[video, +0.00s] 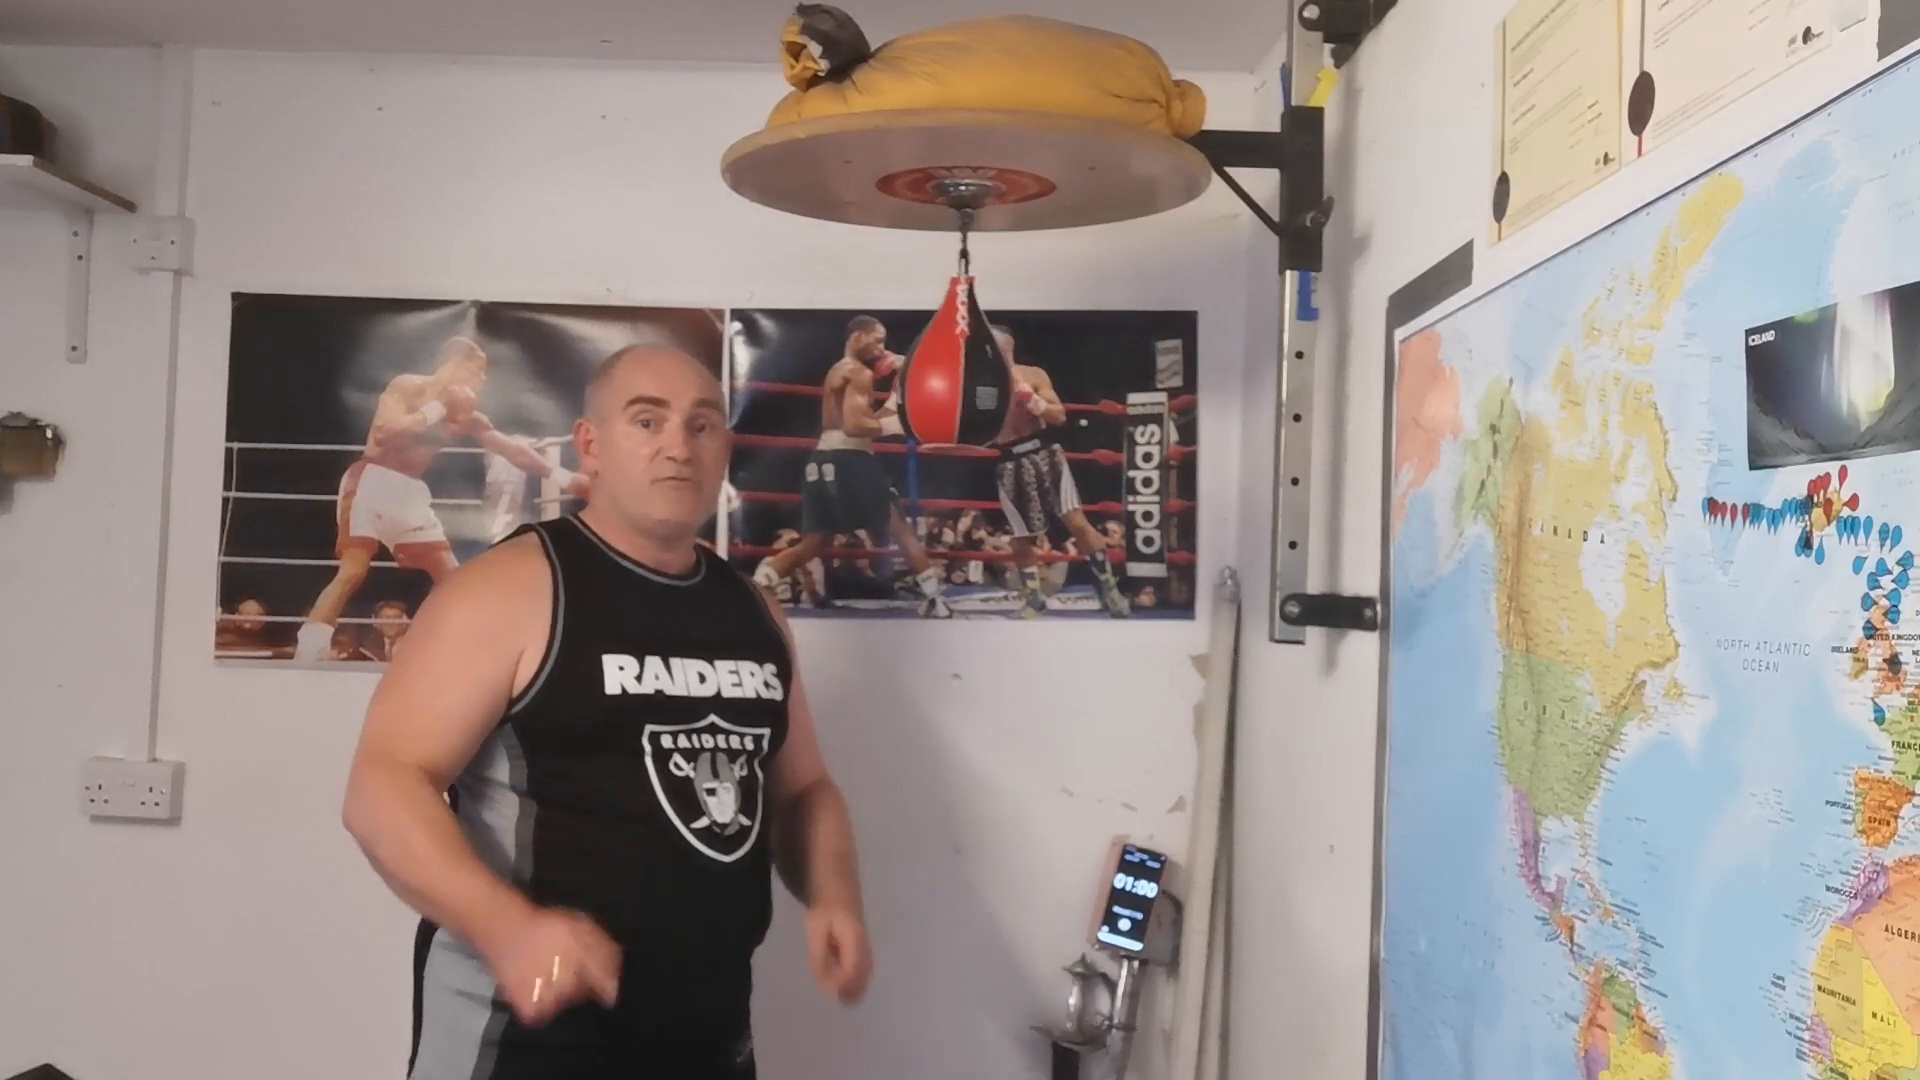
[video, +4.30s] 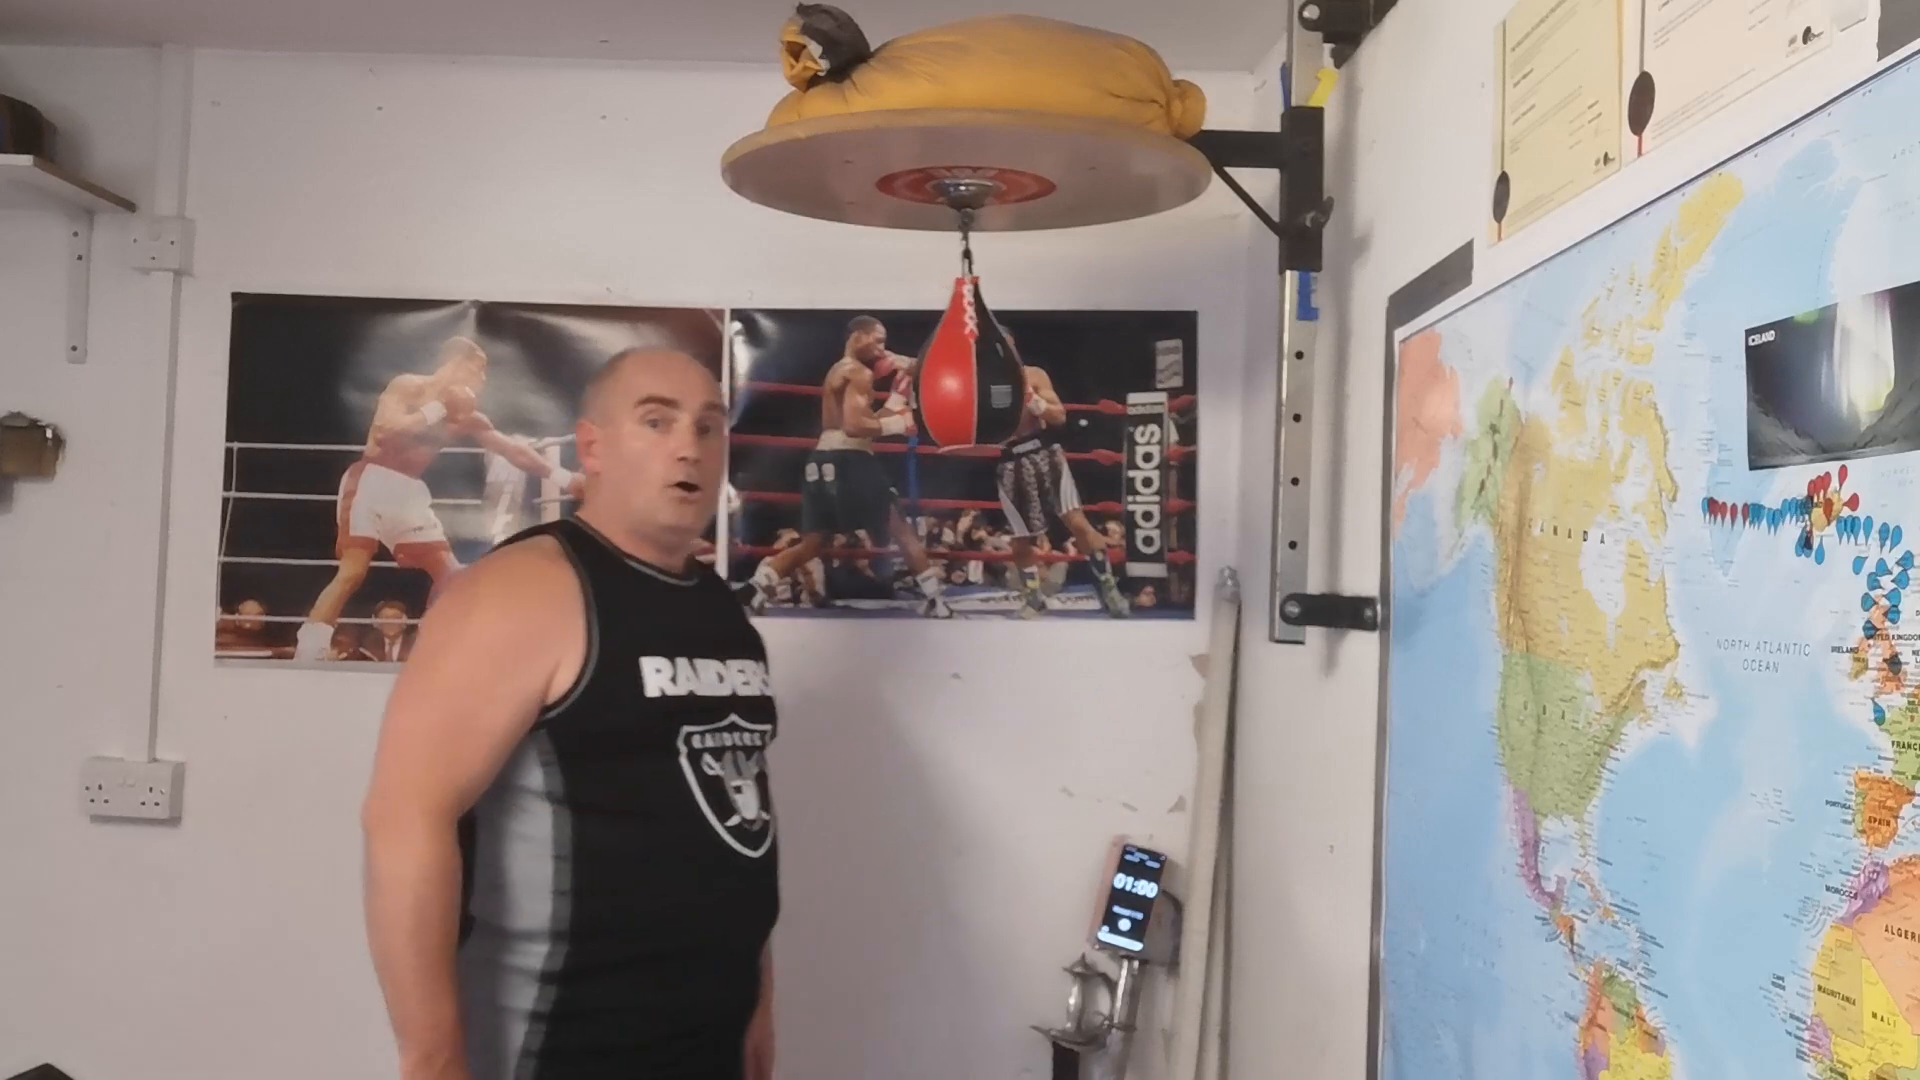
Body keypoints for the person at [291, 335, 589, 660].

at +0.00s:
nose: (476, 384)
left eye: (479, 377)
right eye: (472, 374)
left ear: (476, 380)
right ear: (451, 365)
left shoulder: (464, 415)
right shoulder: (404, 386)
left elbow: (511, 449)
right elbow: (383, 433)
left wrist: (563, 478)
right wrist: (436, 409)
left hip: (408, 492)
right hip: (367, 483)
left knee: (448, 573)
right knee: (353, 570)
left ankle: (461, 654)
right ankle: (306, 652)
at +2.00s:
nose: (479, 384)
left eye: (481, 377)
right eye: (476, 374)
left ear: (471, 379)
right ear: (454, 367)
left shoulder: (463, 415)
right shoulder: (405, 386)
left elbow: (510, 450)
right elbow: (384, 433)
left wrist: (563, 478)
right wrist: (437, 408)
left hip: (409, 493)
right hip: (370, 483)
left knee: (448, 573)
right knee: (353, 571)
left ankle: (460, 651)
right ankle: (305, 650)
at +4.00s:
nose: (475, 386)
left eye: (479, 380)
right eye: (472, 376)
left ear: (475, 384)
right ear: (451, 367)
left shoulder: (463, 415)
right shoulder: (406, 387)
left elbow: (511, 450)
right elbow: (384, 432)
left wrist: (566, 478)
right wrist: (437, 409)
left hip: (409, 492)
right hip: (370, 481)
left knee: (449, 573)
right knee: (353, 571)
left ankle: (424, 656)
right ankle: (306, 652)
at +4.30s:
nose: (479, 383)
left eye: (481, 376)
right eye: (476, 373)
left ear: (472, 377)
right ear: (456, 364)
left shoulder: (464, 412)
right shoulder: (405, 386)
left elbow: (511, 450)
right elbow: (384, 431)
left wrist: (564, 478)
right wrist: (431, 412)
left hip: (408, 493)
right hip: (368, 483)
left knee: (449, 574)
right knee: (352, 571)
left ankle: (428, 662)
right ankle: (305, 656)